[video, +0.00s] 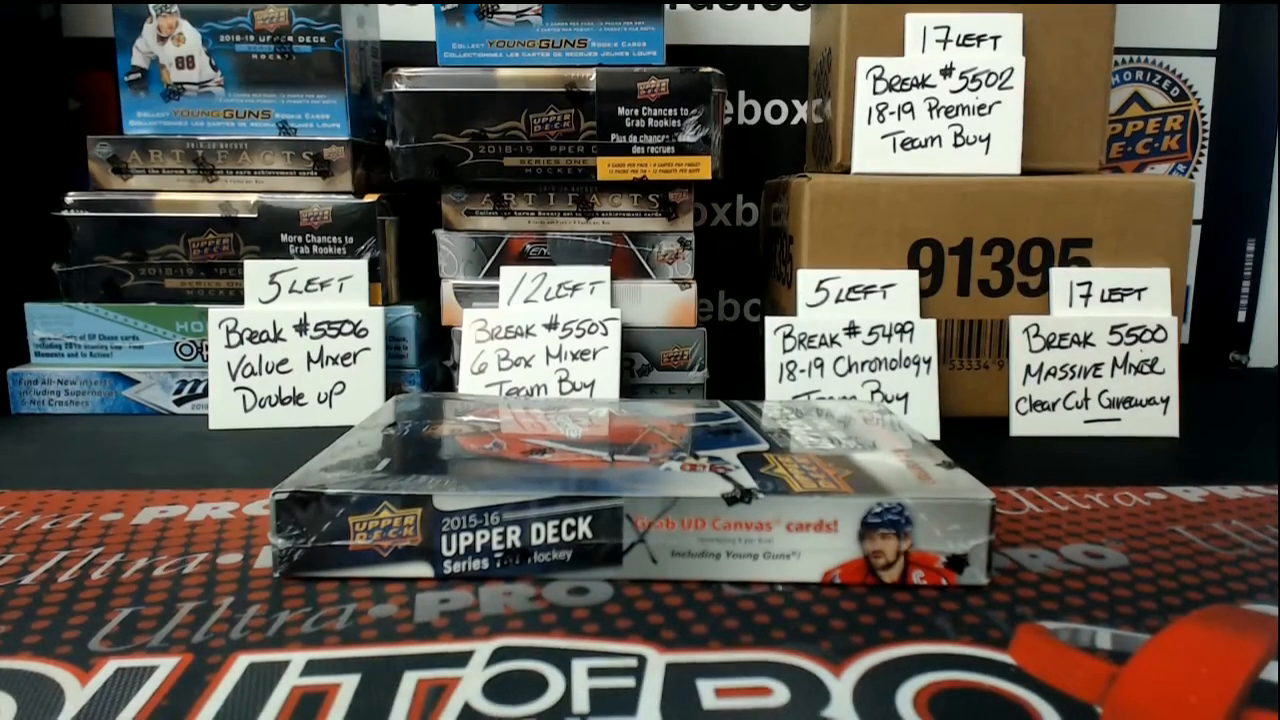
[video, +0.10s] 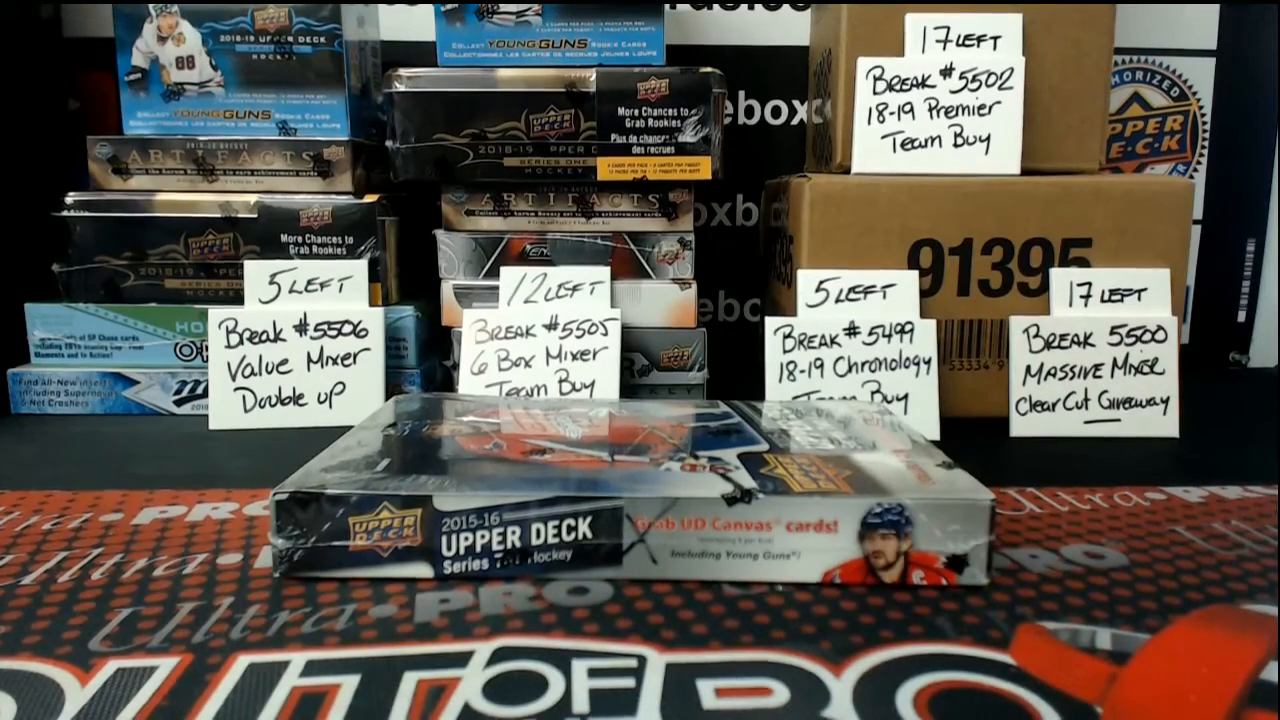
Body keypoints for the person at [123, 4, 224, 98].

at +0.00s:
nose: (170, 23)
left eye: (173, 17)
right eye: (164, 18)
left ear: (178, 17)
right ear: (156, 20)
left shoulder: (186, 36)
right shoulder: (150, 28)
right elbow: (142, 50)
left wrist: (178, 89)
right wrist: (137, 72)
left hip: (208, 84)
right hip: (181, 84)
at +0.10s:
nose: (170, 22)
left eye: (173, 17)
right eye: (164, 18)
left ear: (178, 17)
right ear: (156, 20)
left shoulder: (186, 36)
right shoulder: (150, 28)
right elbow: (142, 50)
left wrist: (178, 89)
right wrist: (137, 72)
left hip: (208, 84)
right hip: (180, 83)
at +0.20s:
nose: (170, 23)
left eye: (173, 17)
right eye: (164, 18)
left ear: (178, 17)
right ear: (156, 20)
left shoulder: (186, 36)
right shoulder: (150, 28)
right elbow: (142, 50)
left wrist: (178, 88)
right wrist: (137, 72)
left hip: (208, 84)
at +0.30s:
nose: (170, 22)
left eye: (173, 17)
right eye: (164, 18)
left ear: (178, 17)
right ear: (156, 20)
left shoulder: (186, 36)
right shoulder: (150, 29)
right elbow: (142, 50)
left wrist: (178, 88)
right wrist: (137, 72)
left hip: (208, 84)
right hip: (181, 84)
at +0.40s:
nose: (170, 22)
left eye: (173, 17)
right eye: (164, 17)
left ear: (178, 17)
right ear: (156, 20)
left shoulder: (186, 36)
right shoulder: (150, 29)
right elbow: (142, 50)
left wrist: (178, 88)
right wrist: (137, 71)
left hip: (208, 84)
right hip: (180, 83)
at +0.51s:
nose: (170, 22)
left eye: (173, 17)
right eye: (164, 18)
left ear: (178, 17)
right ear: (156, 20)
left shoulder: (186, 36)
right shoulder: (150, 29)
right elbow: (142, 50)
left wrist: (178, 88)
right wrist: (137, 72)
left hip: (209, 84)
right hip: (181, 84)